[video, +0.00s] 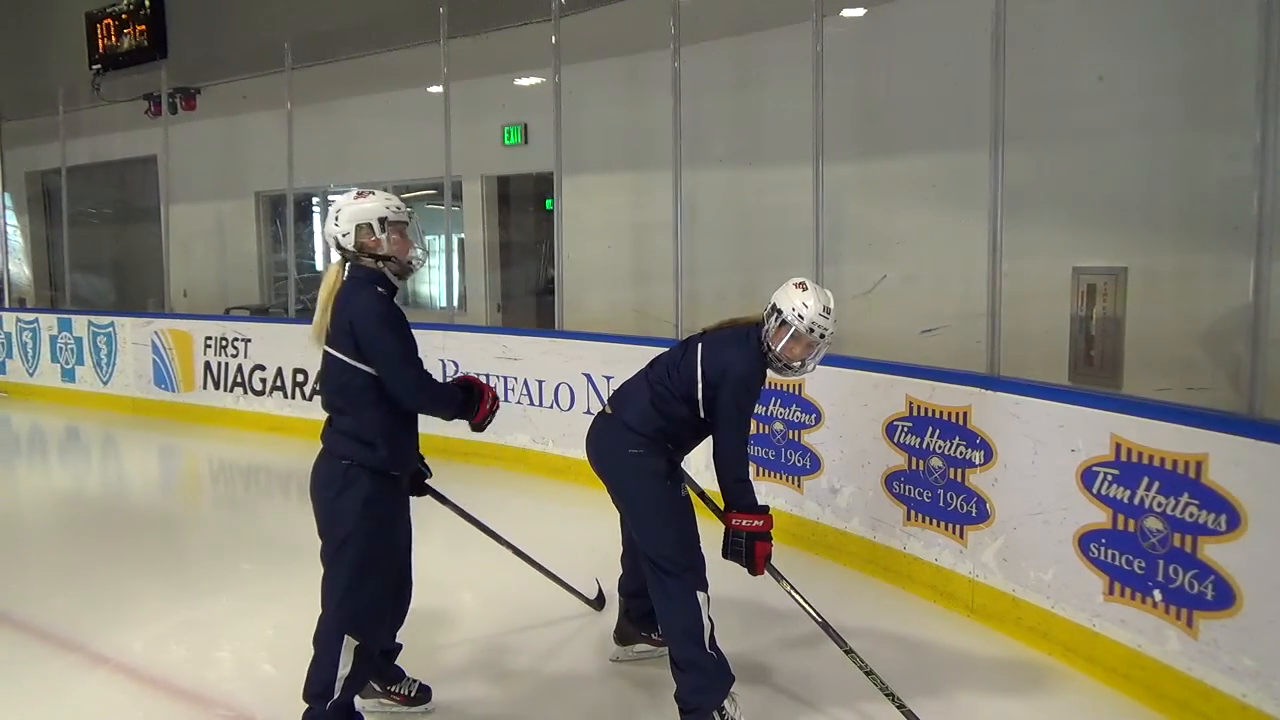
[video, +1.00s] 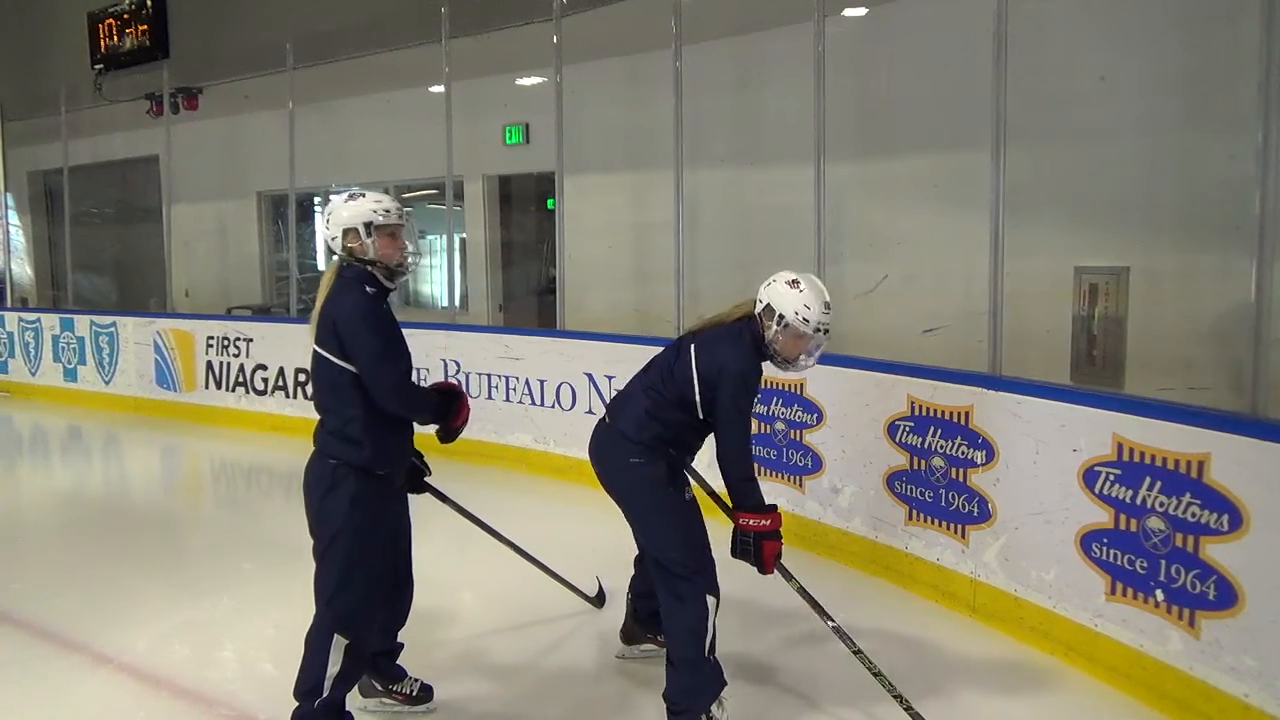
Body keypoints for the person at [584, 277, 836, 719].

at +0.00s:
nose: (793, 349)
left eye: (806, 343)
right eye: (789, 335)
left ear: (819, 347)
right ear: (772, 322)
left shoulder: (742, 341)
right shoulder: (742, 364)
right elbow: (730, 449)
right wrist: (747, 517)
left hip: (619, 436)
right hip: (636, 447)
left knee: (645, 536)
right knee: (679, 569)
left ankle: (637, 625)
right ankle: (704, 704)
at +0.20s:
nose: (793, 349)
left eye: (806, 343)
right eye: (789, 335)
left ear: (819, 347)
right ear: (772, 322)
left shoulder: (743, 340)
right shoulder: (743, 365)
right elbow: (730, 450)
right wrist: (748, 518)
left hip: (619, 435)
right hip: (636, 446)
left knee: (644, 536)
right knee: (680, 570)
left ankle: (637, 625)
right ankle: (704, 704)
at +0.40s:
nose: (799, 354)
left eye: (811, 348)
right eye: (795, 340)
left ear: (823, 350)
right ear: (775, 323)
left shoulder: (743, 342)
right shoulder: (743, 364)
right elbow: (731, 451)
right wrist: (749, 519)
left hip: (620, 436)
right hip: (636, 446)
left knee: (646, 536)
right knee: (681, 570)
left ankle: (637, 624)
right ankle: (705, 704)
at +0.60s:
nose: (810, 360)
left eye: (819, 351)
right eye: (805, 346)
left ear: (825, 348)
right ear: (781, 328)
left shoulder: (744, 344)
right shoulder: (743, 365)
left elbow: (730, 441)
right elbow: (731, 450)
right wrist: (748, 519)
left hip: (619, 436)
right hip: (636, 447)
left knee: (645, 536)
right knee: (681, 570)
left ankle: (637, 625)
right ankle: (706, 705)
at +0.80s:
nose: (807, 357)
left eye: (816, 349)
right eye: (803, 343)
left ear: (823, 347)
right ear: (779, 326)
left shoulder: (742, 343)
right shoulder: (743, 365)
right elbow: (731, 451)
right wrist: (749, 520)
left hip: (618, 437)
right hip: (636, 447)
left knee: (647, 536)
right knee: (682, 570)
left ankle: (638, 625)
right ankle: (706, 704)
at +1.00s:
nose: (801, 349)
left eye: (809, 340)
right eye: (795, 336)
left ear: (817, 336)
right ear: (768, 321)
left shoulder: (735, 337)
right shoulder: (737, 362)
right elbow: (734, 452)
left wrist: (674, 441)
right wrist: (757, 520)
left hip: (632, 443)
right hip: (635, 454)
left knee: (666, 542)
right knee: (691, 579)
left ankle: (644, 624)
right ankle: (691, 706)